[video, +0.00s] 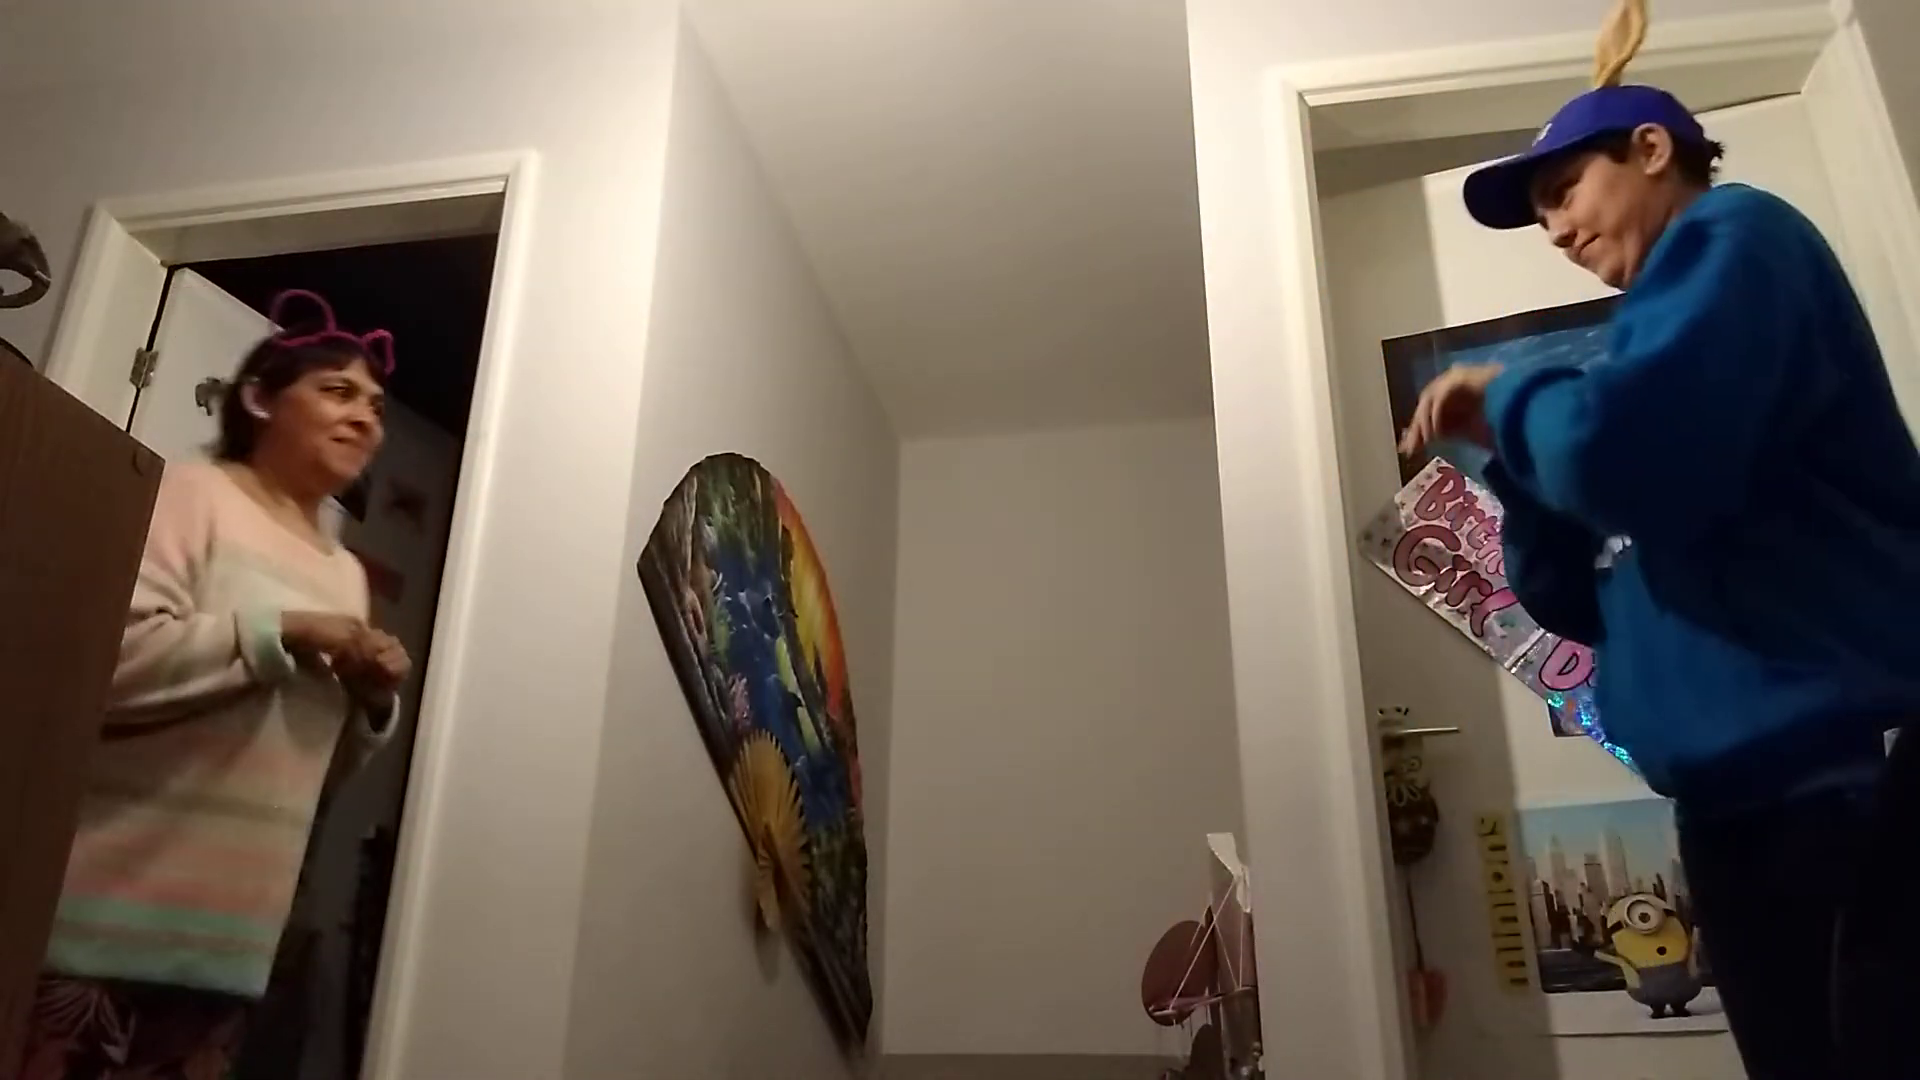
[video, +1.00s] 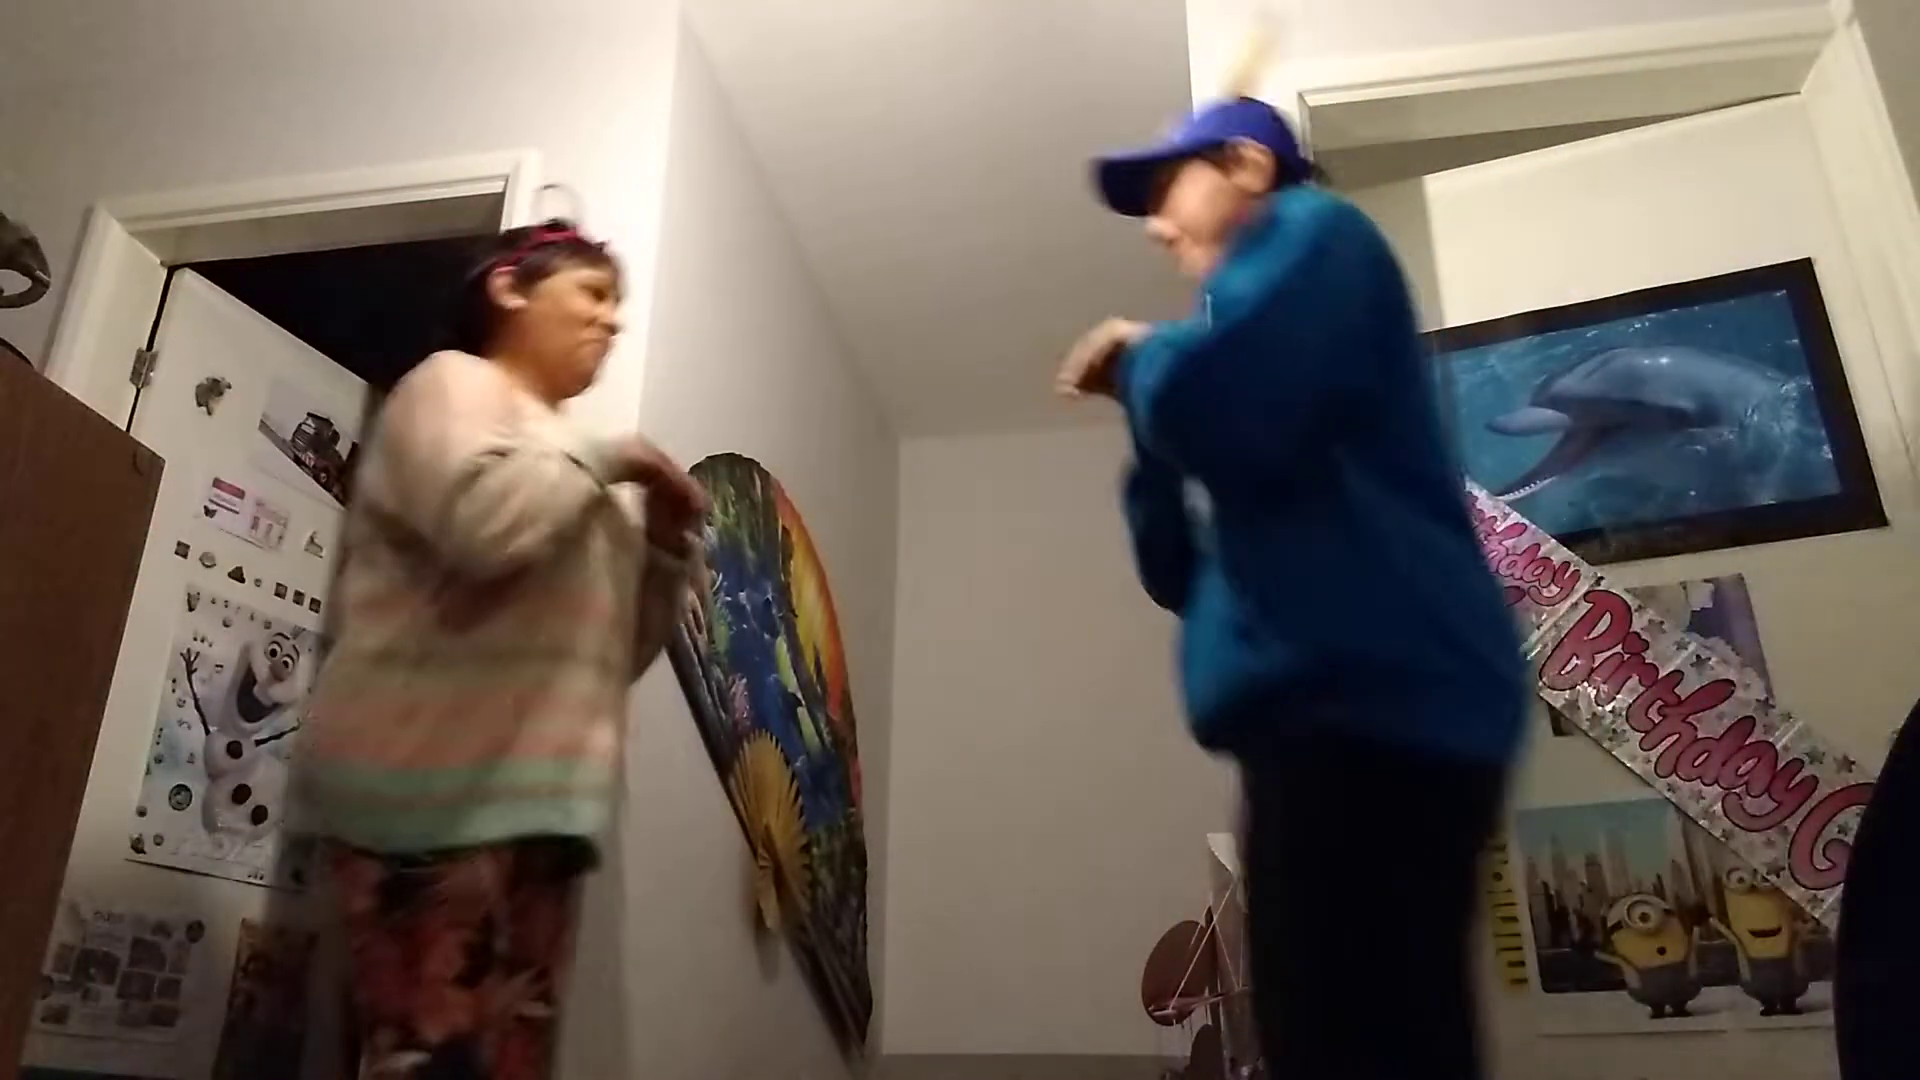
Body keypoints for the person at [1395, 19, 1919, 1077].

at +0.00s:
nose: (1556, 229)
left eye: (1569, 188)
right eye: (1545, 215)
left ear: (1653, 149)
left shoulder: (1736, 236)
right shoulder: (1643, 327)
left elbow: (1627, 443)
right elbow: (1569, 604)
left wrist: (1501, 395)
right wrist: (1520, 452)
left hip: (1844, 774)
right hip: (1739, 796)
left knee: (1855, 1047)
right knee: (1792, 1049)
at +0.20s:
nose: (1513, 240)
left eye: (1525, 202)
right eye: (1504, 222)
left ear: (1610, 169)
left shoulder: (1692, 239)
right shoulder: (1610, 336)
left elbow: (1592, 439)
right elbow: (1566, 613)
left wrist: (1476, 389)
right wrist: (1497, 458)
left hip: (1829, 768)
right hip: (1746, 786)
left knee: (1827, 1046)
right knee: (1785, 1047)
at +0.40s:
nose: (1435, 290)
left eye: (1454, 256)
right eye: (1432, 267)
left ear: (1537, 240)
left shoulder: (1600, 312)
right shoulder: (1532, 402)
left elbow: (1547, 533)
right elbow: (1554, 692)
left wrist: (1403, 477)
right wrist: (1432, 558)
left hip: (1799, 784)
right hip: (1719, 812)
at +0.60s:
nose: (1362, 218)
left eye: (1374, 181)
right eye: (1350, 200)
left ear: (1452, 155)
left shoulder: (1530, 215)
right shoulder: (1431, 320)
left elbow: (1442, 374)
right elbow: (1371, 565)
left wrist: (1340, 345)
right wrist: (1344, 404)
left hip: (1656, 683)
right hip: (1550, 711)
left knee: (1664, 1010)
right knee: (1594, 1021)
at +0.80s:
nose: (1248, 241)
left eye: (1264, 205)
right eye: (1242, 221)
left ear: (1345, 187)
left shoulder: (1428, 276)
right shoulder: (1314, 370)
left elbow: (1380, 494)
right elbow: (1294, 629)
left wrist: (1243, 432)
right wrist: (1240, 482)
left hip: (1533, 752)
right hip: (1439, 768)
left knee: (1514, 1051)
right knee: (1456, 1052)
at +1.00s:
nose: (1155, 225)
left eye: (1168, 190)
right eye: (1152, 205)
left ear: (1247, 169)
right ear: (1241, 180)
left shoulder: (1318, 233)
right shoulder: (1242, 315)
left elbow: (1224, 403)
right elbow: (1181, 576)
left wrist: (1139, 351)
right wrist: (1156, 418)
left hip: (1382, 706)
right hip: (1308, 718)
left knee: (1357, 1020)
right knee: (1314, 1020)